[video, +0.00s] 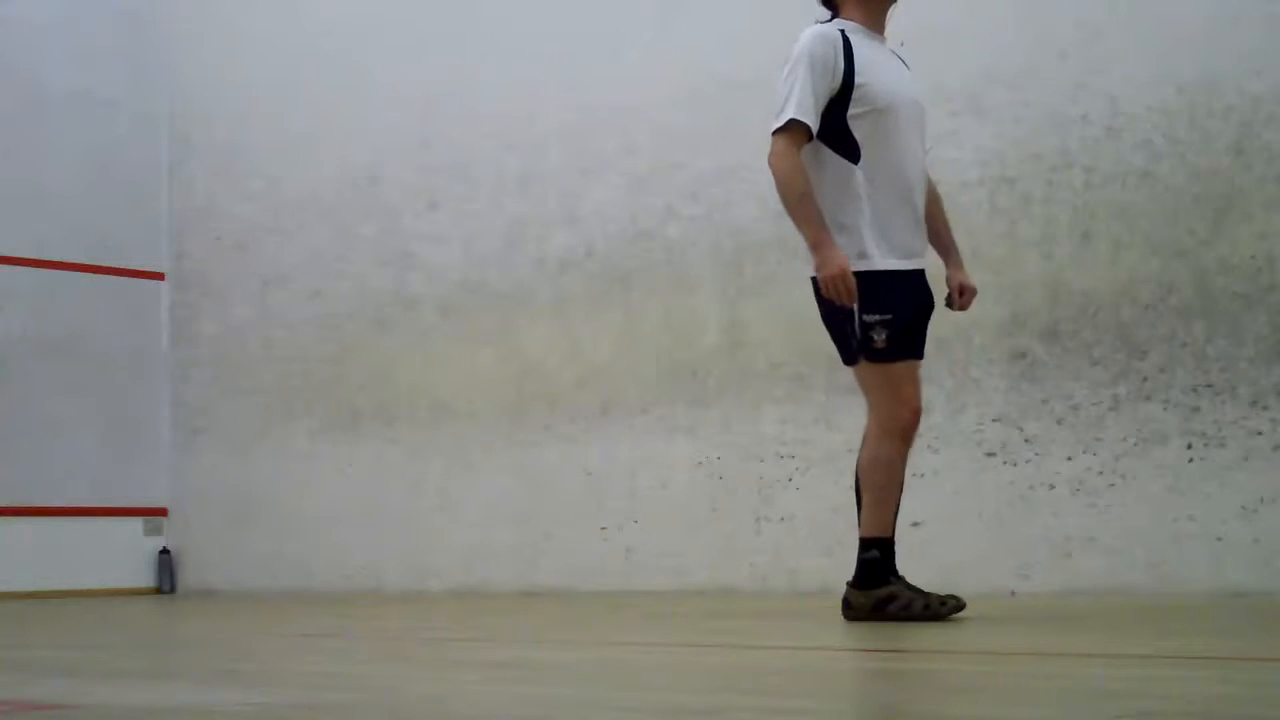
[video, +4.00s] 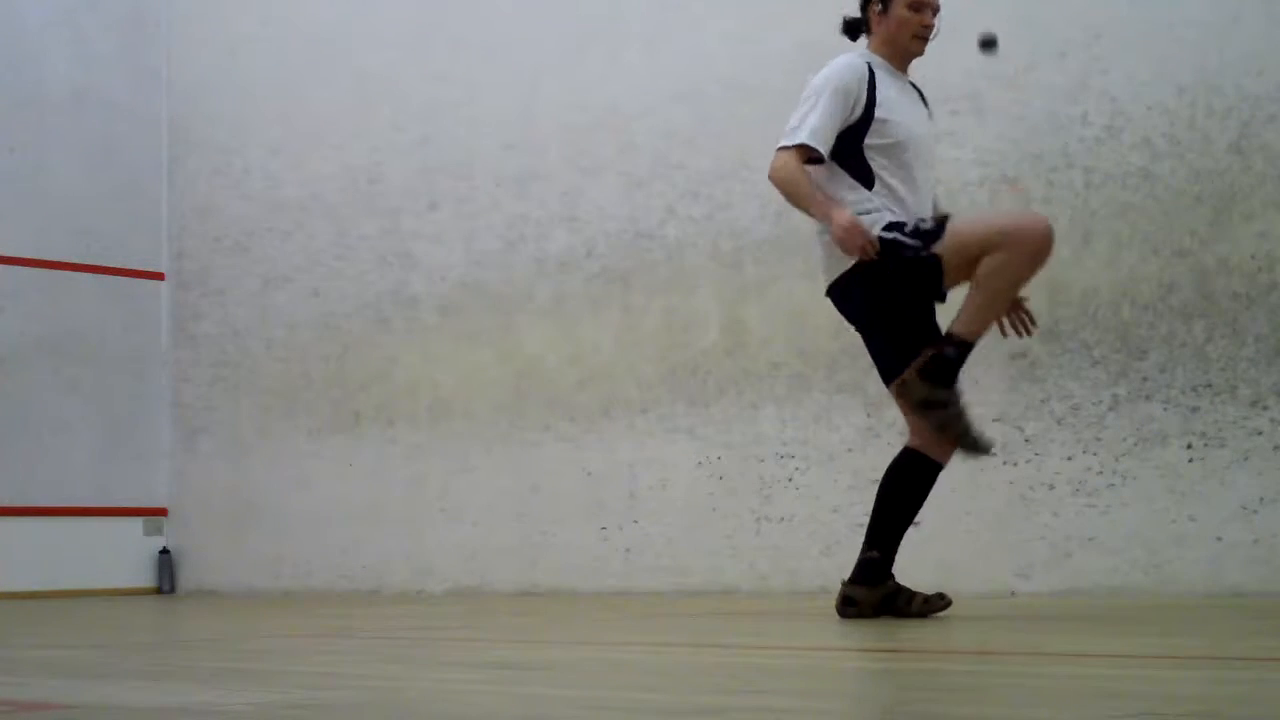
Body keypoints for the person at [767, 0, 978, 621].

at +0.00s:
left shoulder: (893, 59)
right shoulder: (822, 43)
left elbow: (915, 174)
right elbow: (783, 151)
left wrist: (951, 259)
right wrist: (822, 248)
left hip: (904, 266)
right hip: (862, 267)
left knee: (893, 417)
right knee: (896, 414)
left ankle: (876, 575)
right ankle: (873, 580)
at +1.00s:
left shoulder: (901, 59)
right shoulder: (818, 50)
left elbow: (915, 167)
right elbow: (777, 163)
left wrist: (946, 254)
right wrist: (811, 252)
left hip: (906, 272)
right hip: (850, 272)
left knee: (919, 417)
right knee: (855, 419)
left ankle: (806, 550)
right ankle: (867, 581)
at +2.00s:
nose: (958, 11)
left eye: (957, 3)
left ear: (914, 4)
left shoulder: (910, 68)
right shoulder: (866, 46)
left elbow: (907, 187)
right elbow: (818, 144)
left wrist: (977, 220)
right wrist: (861, 235)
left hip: (886, 265)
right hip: (854, 263)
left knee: (882, 414)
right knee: (884, 411)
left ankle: (878, 578)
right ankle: (877, 580)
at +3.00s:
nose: (952, 10)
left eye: (952, 2)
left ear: (911, 3)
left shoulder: (907, 70)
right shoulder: (857, 47)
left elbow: (911, 183)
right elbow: (808, 149)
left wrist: (978, 218)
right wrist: (849, 243)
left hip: (882, 268)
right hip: (846, 267)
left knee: (878, 413)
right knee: (878, 410)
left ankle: (879, 579)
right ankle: (877, 581)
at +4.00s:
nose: (931, 21)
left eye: (934, 11)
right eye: (918, 9)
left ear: (931, 20)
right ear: (878, 12)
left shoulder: (907, 92)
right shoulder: (848, 72)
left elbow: (917, 205)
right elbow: (785, 167)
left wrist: (993, 286)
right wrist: (835, 216)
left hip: (898, 268)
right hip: (874, 262)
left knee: (935, 431)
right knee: (1028, 233)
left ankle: (869, 581)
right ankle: (936, 377)